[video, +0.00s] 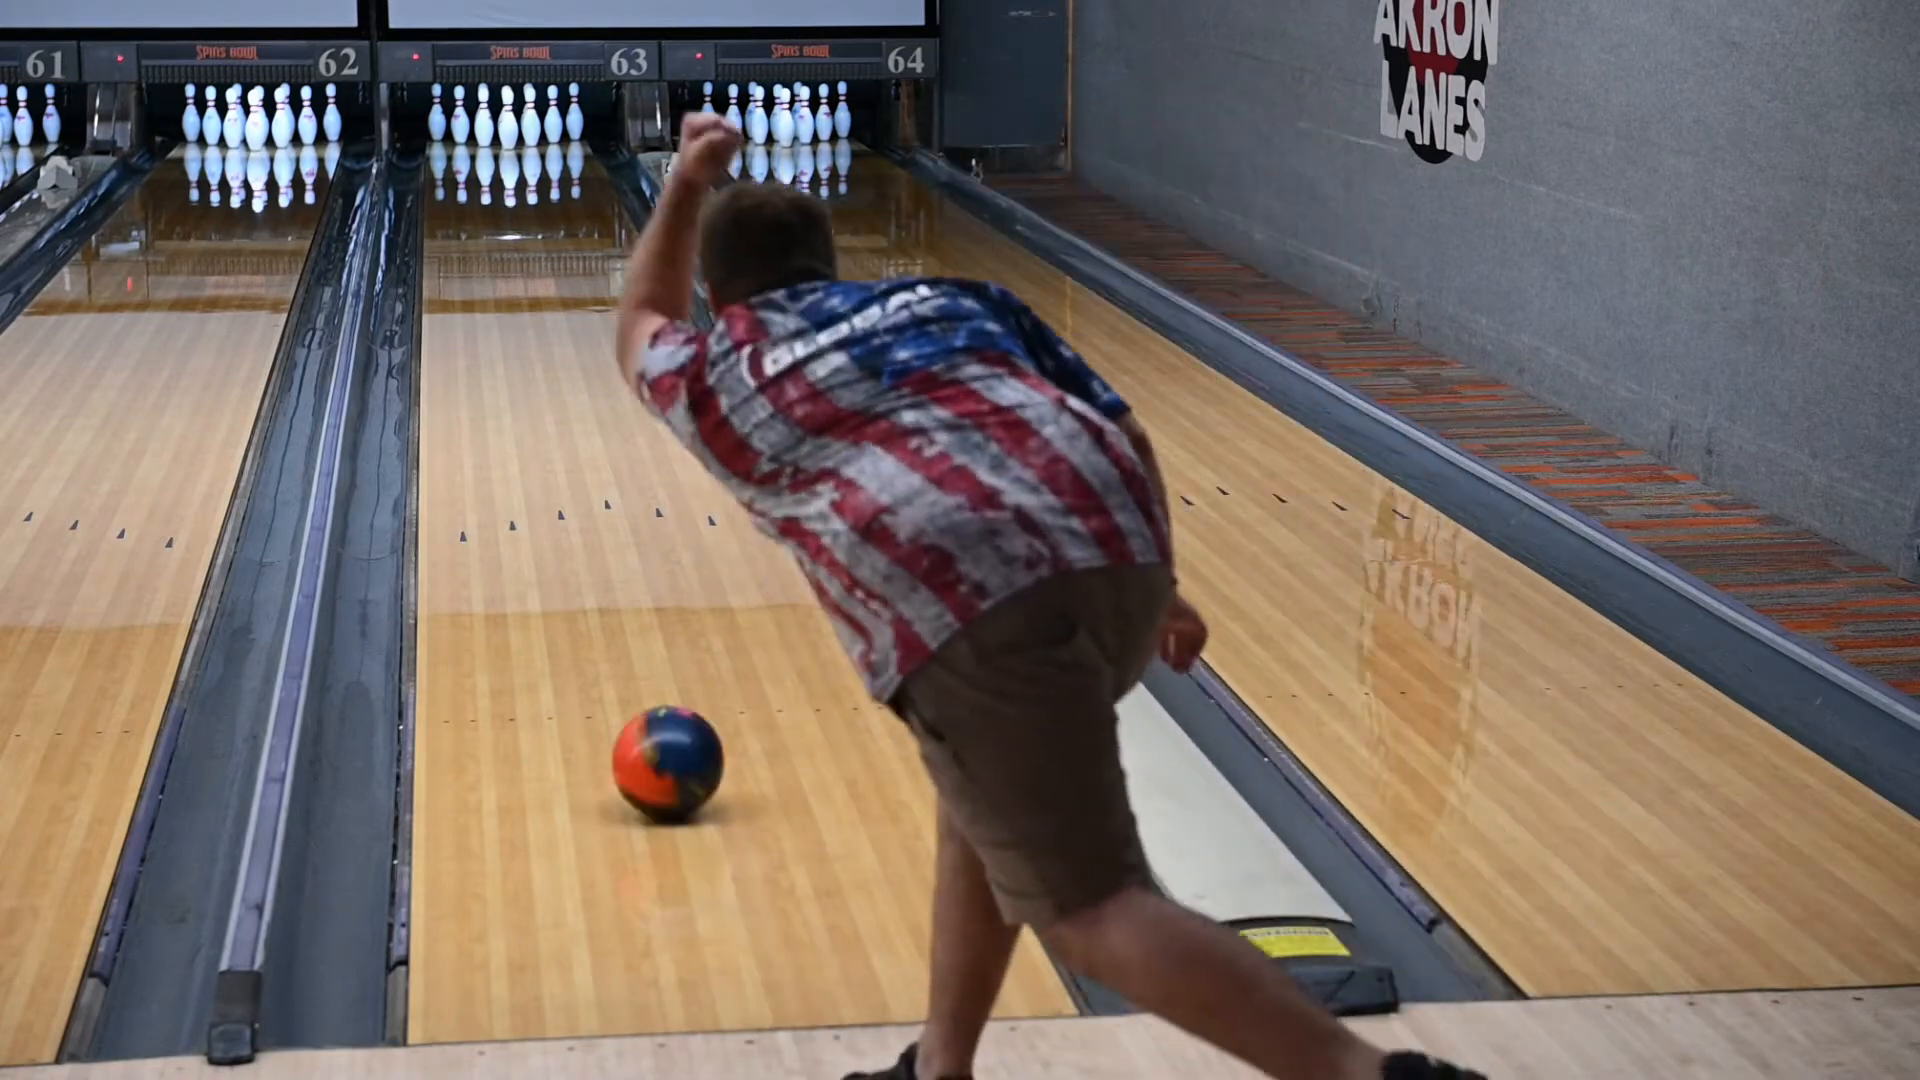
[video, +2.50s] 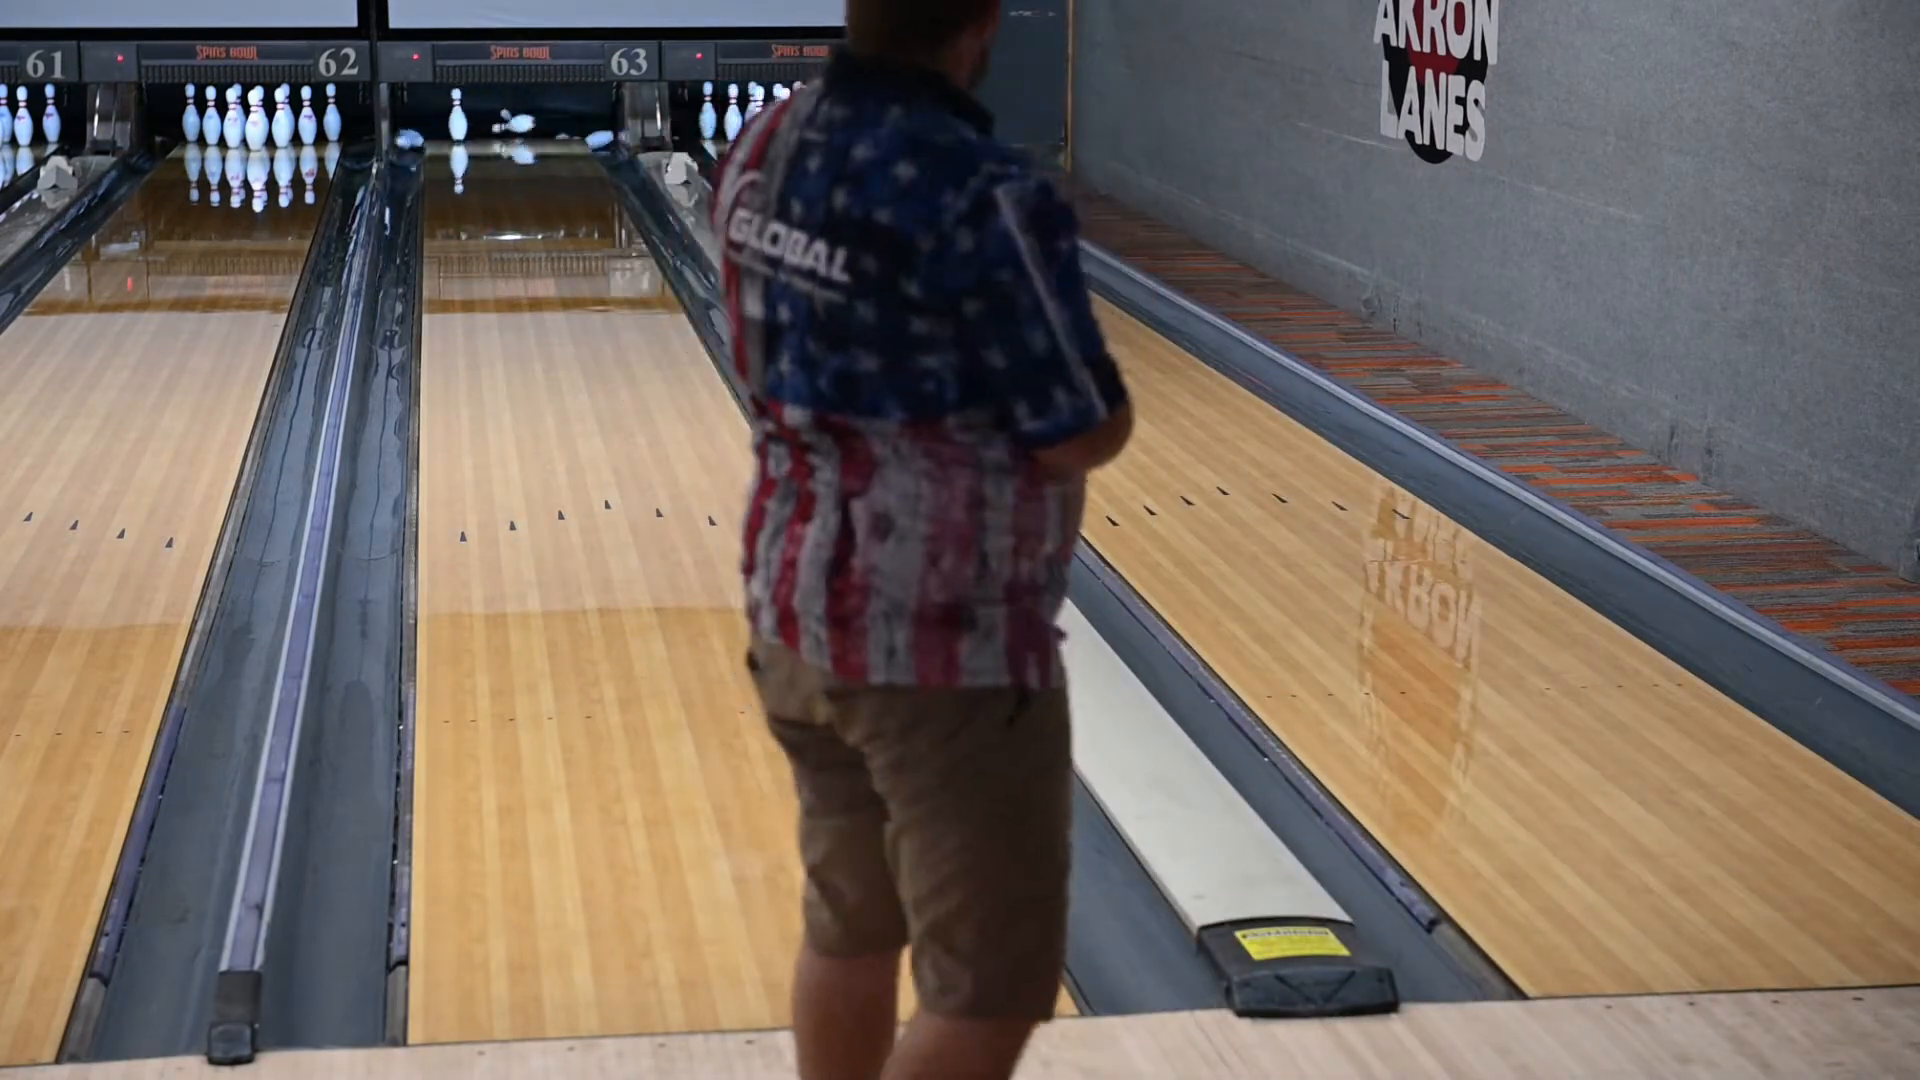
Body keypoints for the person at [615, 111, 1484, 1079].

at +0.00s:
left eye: (703, 300)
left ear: (719, 302)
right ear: (829, 264)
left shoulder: (724, 359)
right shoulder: (958, 296)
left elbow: (641, 323)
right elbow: (1119, 431)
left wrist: (677, 189)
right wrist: (1157, 589)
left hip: (971, 600)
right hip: (1120, 560)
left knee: (1094, 908)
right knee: (974, 795)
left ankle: (1367, 1068)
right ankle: (938, 1066)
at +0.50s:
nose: (714, 178)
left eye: (713, 163)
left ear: (724, 170)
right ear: (840, 140)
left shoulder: (717, 295)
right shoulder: (958, 202)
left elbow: (715, 487)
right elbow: (1067, 348)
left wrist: (733, 514)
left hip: (931, 554)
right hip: (1092, 525)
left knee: (975, 856)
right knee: (973, 825)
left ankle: (1145, 1072)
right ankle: (931, 1069)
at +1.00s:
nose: (757, 49)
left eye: (755, 37)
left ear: (759, 45)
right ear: (877, 29)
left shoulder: (733, 185)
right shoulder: (987, 126)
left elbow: (684, 415)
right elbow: (1102, 293)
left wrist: (684, 591)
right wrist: (1089, 443)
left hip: (893, 537)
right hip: (1052, 519)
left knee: (861, 810)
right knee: (948, 799)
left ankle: (988, 1072)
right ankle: (927, 1063)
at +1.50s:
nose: (801, 18)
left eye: (803, 9)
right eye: (809, 9)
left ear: (818, 11)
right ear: (934, 1)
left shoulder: (764, 148)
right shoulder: (1035, 117)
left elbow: (700, 380)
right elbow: (1121, 297)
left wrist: (778, 455)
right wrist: (1079, 424)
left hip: (847, 542)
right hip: (1022, 526)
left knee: (801, 795)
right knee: (950, 791)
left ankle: (868, 1066)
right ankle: (936, 1065)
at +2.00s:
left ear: (801, 1)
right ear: (930, 4)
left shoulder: (704, 129)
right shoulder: (1009, 130)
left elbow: (618, 344)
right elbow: (1100, 344)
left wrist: (724, 396)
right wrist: (1096, 480)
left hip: (770, 550)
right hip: (973, 552)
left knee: (817, 874)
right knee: (973, 833)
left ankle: (828, 1071)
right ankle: (981, 1070)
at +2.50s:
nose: (994, 38)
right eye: (995, 23)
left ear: (851, 20)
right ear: (980, 28)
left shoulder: (761, 152)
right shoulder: (984, 191)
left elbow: (764, 383)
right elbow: (1079, 437)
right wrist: (1112, 386)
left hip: (794, 616)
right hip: (950, 639)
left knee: (847, 934)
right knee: (987, 990)